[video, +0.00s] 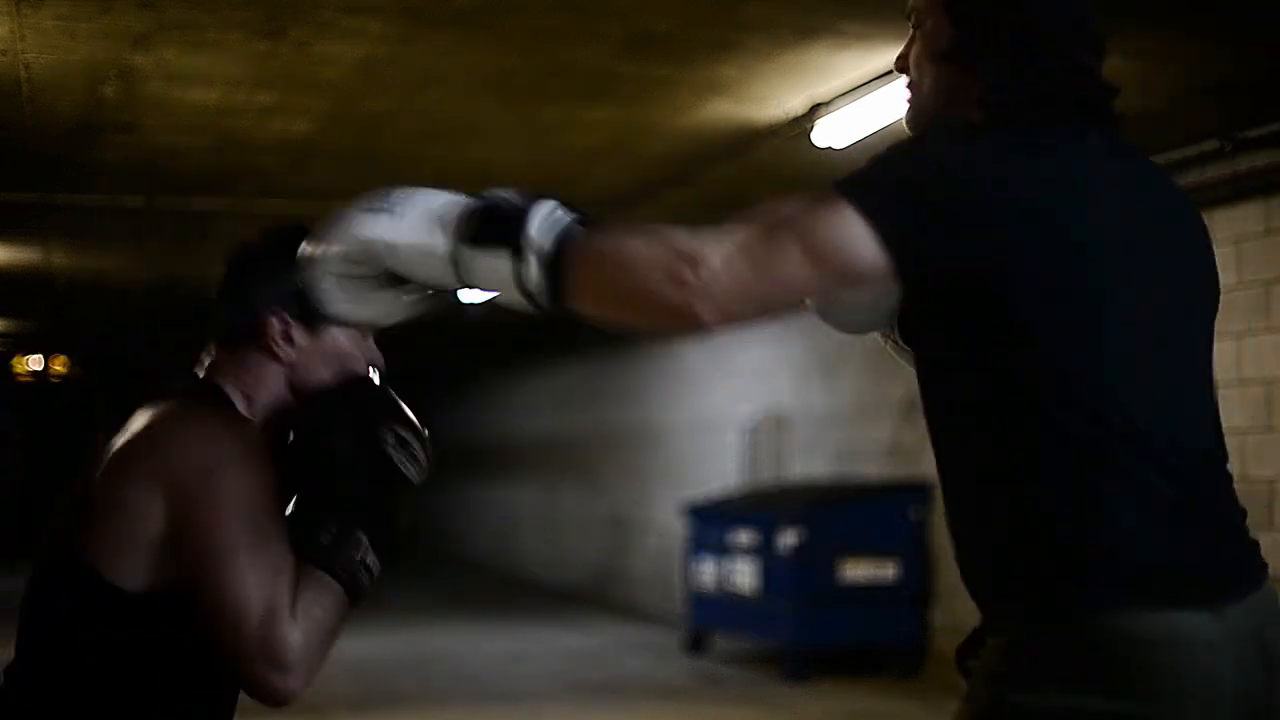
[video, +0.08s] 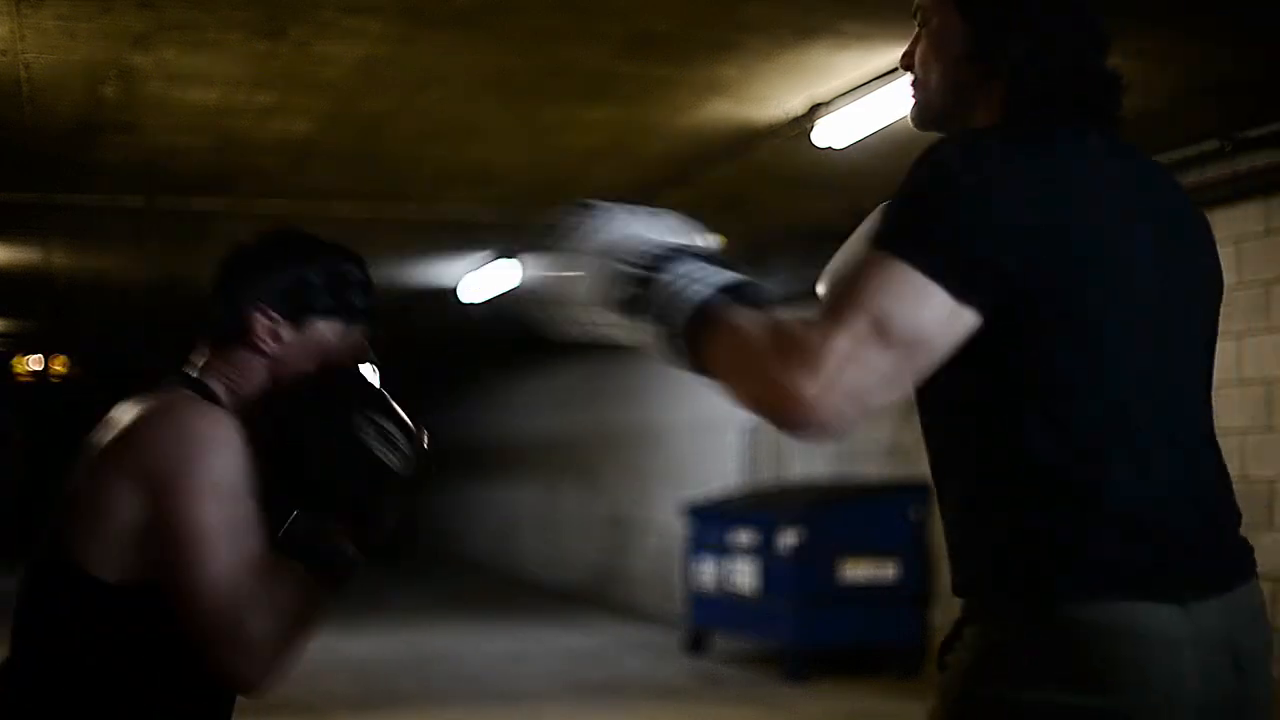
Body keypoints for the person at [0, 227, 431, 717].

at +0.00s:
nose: (374, 361)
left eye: (370, 335)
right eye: (355, 333)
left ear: (279, 337)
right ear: (283, 336)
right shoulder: (206, 444)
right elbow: (281, 668)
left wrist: (346, 498)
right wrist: (355, 515)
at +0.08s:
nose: (347, 371)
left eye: (352, 351)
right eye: (336, 343)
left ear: (270, 330)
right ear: (269, 330)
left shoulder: (150, 417)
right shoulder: (196, 432)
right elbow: (249, 652)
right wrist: (338, 515)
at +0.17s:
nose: (319, 316)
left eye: (317, 290)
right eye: (294, 287)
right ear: (206, 298)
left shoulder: (220, 418)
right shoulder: (117, 417)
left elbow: (298, 598)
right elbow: (164, 635)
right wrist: (264, 479)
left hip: (198, 708)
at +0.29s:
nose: (192, 357)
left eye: (202, 328)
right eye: (162, 337)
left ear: (218, 328)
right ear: (100, 353)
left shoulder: (244, 436)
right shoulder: (52, 471)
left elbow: (349, 605)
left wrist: (322, 497)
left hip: (215, 705)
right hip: (96, 713)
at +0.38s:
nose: (183, 368)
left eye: (190, 335)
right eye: (148, 345)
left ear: (204, 335)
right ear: (74, 364)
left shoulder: (231, 440)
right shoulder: (43, 491)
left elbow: (337, 618)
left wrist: (295, 501)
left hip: (218, 706)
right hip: (95, 716)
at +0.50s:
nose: (283, 330)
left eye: (279, 306)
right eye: (258, 303)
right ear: (179, 315)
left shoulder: (228, 441)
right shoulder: (95, 457)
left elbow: (303, 619)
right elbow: (141, 681)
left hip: (223, 707)